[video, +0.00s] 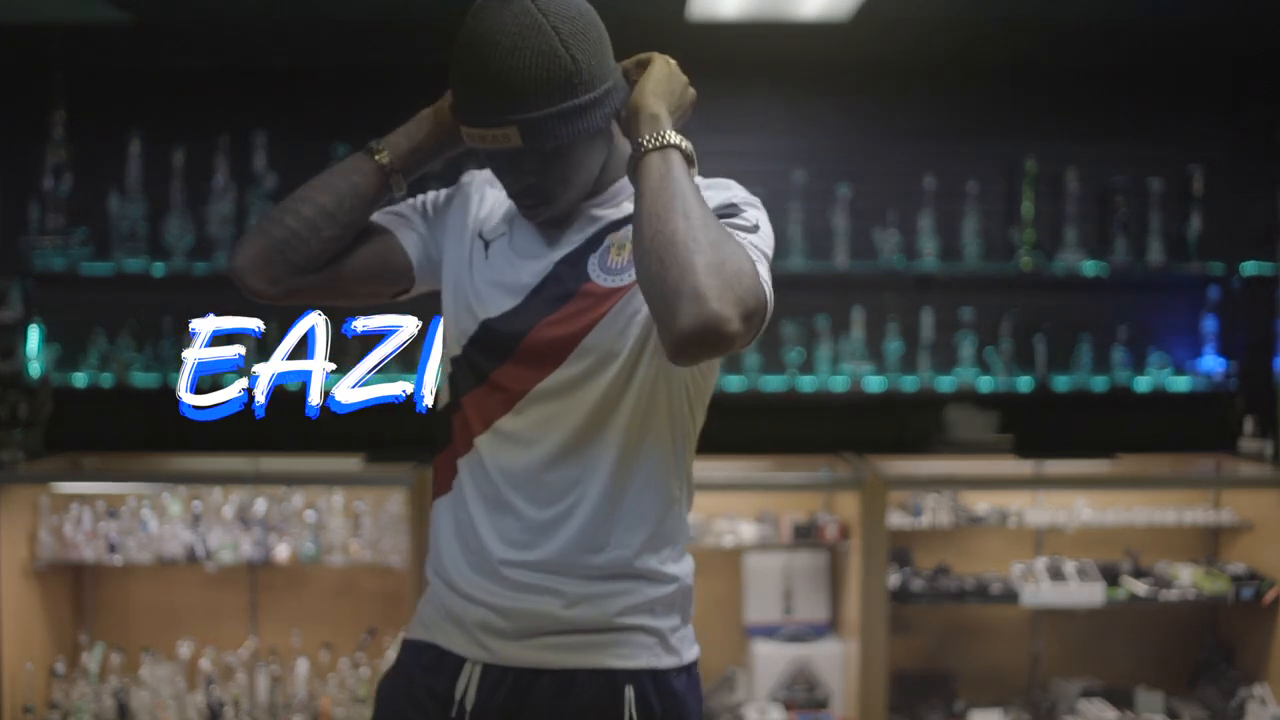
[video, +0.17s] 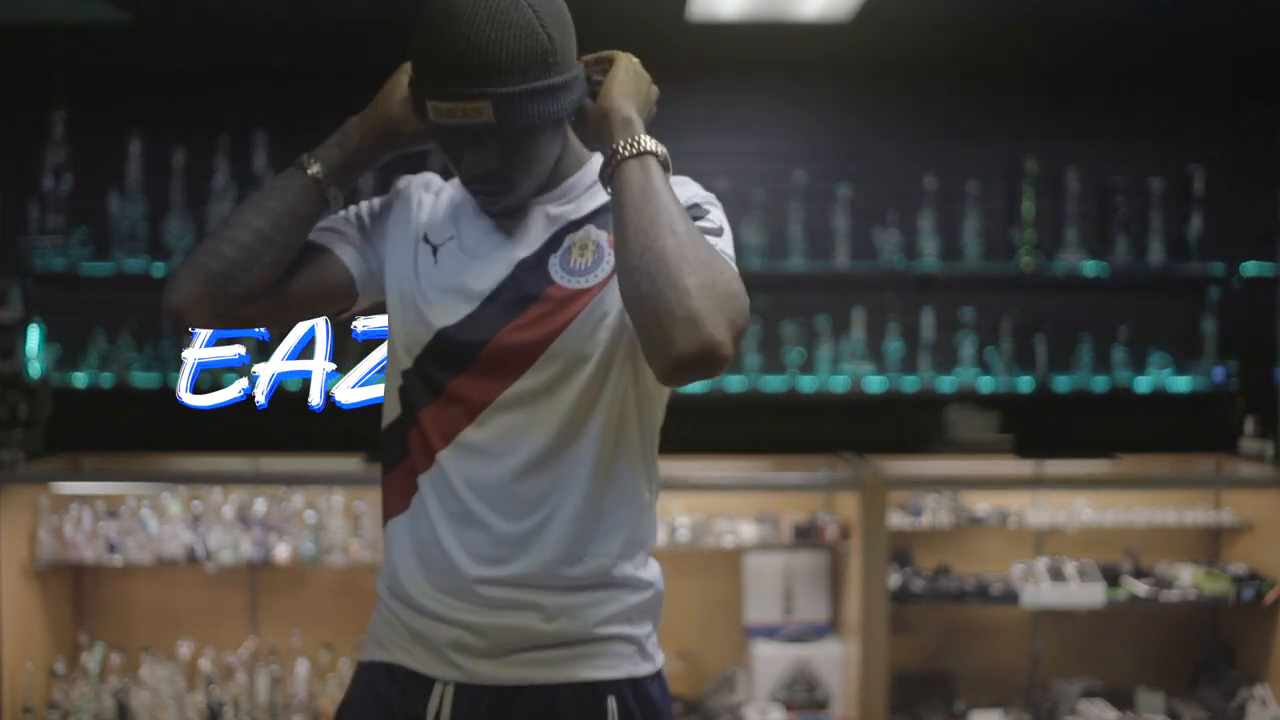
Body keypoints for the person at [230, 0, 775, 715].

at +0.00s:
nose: (520, 180)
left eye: (546, 149)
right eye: (500, 155)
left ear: (610, 117)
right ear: (477, 139)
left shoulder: (712, 213)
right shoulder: (465, 214)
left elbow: (699, 323)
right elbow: (263, 269)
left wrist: (655, 126)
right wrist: (431, 131)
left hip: (617, 670)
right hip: (444, 657)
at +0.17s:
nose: (478, 161)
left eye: (505, 129)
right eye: (457, 132)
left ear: (568, 101)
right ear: (429, 124)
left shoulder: (663, 209)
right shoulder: (408, 215)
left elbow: (689, 349)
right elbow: (203, 301)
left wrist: (627, 136)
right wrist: (369, 131)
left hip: (586, 676)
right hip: (406, 668)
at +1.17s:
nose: (365, 113)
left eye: (395, 74)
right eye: (329, 80)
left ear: (433, 59)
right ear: (273, 65)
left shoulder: (541, 201)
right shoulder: (198, 253)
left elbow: (616, 468)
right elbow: (175, 545)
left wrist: (693, 697)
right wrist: (150, 715)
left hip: (548, 685)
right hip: (328, 691)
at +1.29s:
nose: (430, 118)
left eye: (458, 83)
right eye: (395, 86)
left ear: (499, 62)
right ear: (338, 67)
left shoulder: (599, 211)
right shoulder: (258, 244)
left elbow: (666, 484)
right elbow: (218, 537)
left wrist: (735, 706)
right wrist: (184, 716)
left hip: (586, 689)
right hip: (368, 692)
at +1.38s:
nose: (488, 127)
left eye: (517, 93)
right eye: (451, 93)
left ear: (556, 69)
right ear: (393, 70)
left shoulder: (648, 218)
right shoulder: (307, 243)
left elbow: (711, 496)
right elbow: (261, 532)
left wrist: (776, 707)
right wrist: (217, 715)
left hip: (621, 689)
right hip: (406, 691)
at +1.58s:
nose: (644, 129)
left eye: (673, 97)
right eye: (608, 95)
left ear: (705, 80)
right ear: (544, 69)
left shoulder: (777, 225)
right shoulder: (437, 230)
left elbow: (831, 504)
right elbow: (381, 514)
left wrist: (888, 707)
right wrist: (326, 711)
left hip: (723, 688)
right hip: (506, 688)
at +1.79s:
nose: (730, 131)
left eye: (760, 101)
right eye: (698, 97)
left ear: (794, 82)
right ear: (632, 65)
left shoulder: (858, 224)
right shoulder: (519, 214)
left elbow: (901, 505)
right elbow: (459, 496)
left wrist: (947, 707)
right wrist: (399, 713)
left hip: (771, 695)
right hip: (557, 693)